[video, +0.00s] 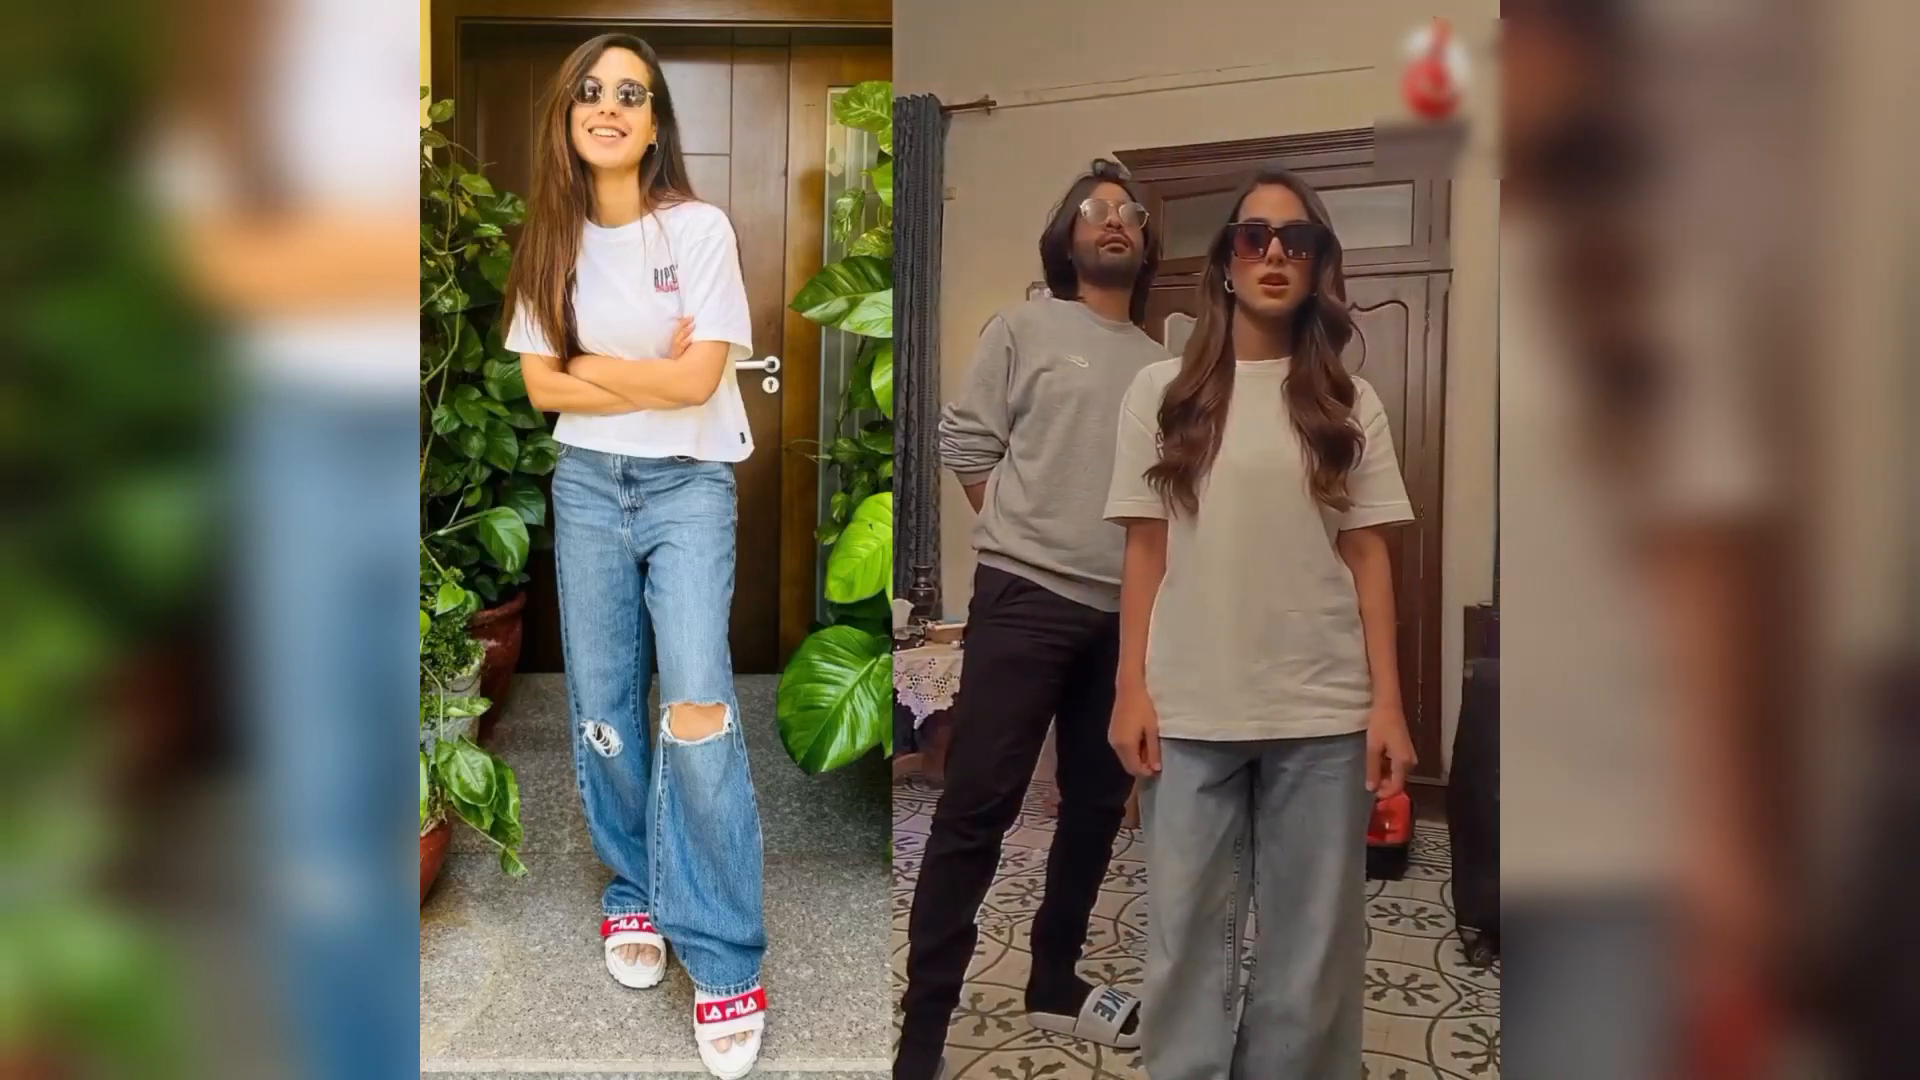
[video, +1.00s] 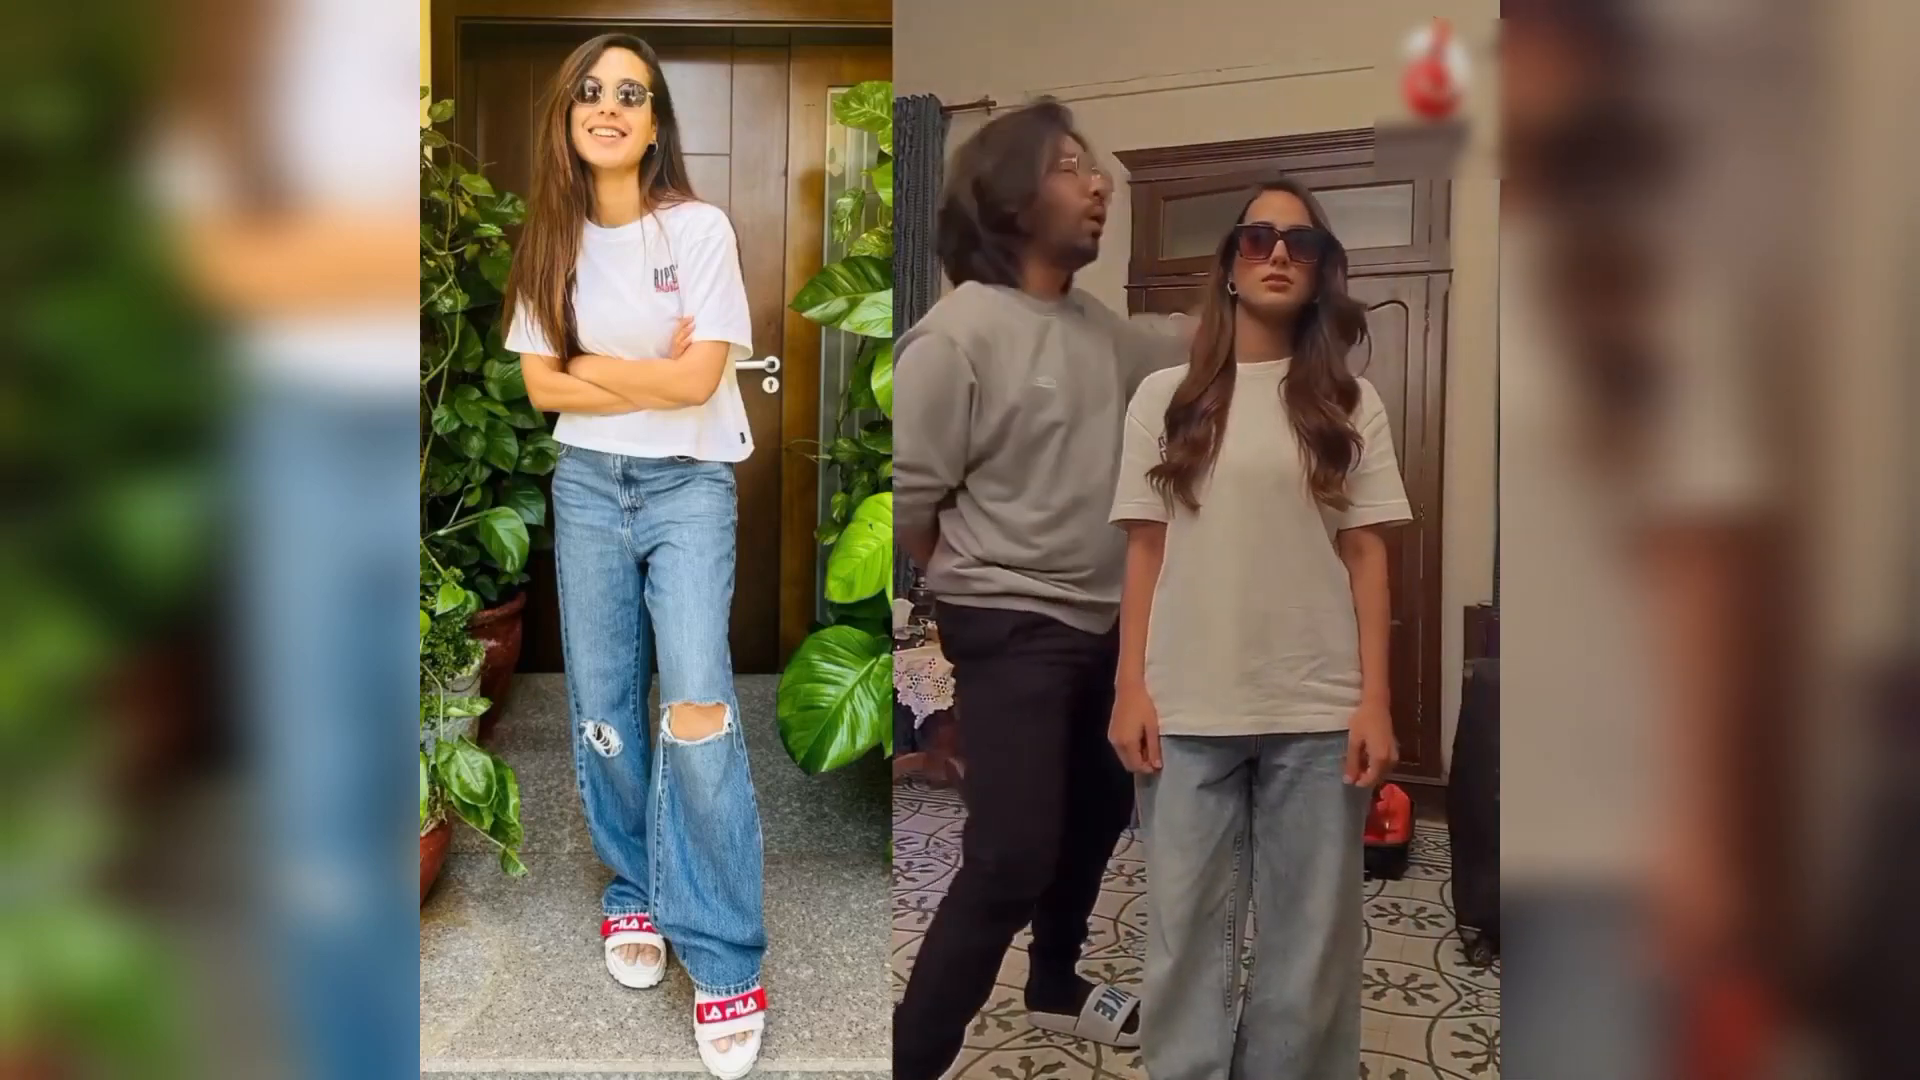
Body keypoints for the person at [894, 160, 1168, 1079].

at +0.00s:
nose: (1119, 220)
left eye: (1130, 210)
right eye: (1098, 210)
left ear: (1148, 240)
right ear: (1066, 239)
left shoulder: (1166, 360)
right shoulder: (1022, 326)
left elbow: (1179, 492)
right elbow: (972, 458)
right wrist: (1018, 553)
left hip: (1127, 608)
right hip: (1022, 598)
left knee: (1096, 804)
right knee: (975, 812)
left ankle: (1056, 985)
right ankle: (923, 1033)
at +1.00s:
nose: (1100, 186)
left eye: (1096, 170)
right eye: (1073, 168)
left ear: (1088, 192)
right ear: (1009, 192)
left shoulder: (1106, 329)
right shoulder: (955, 333)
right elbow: (908, 516)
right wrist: (951, 591)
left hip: (1107, 620)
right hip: (1002, 622)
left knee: (1092, 816)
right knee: (1011, 866)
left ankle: (1055, 986)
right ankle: (914, 1064)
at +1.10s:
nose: (1085, 209)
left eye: (1081, 189)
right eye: (1062, 191)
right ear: (997, 210)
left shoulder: (1074, 319)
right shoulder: (951, 343)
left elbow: (1139, 312)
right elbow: (918, 526)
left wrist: (1190, 236)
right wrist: (919, 613)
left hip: (1105, 623)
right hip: (1017, 631)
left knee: (1105, 820)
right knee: (1033, 867)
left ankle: (1055, 989)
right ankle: (914, 1065)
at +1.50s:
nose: (1077, 184)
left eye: (1074, 171)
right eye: (1048, 175)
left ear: (1078, 199)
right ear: (998, 209)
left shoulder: (1103, 329)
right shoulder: (992, 323)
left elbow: (1171, 317)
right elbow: (925, 481)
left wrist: (1236, 261)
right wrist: (954, 561)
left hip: (1112, 612)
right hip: (1024, 610)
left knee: (1099, 807)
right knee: (1006, 850)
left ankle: (1055, 987)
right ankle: (910, 1061)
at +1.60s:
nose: (1086, 186)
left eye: (1089, 176)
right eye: (1058, 176)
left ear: (1104, 210)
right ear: (1013, 213)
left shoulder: (1139, 346)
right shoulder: (1010, 316)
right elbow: (941, 462)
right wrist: (976, 559)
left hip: (1115, 610)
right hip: (1024, 603)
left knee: (1089, 812)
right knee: (990, 834)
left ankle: (1056, 987)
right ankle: (912, 1053)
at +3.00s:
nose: (1090, 224)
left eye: (1115, 214)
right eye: (1086, 212)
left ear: (1157, 245)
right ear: (1075, 238)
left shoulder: (1189, 354)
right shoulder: (1022, 336)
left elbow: (1207, 486)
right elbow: (964, 447)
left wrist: (1160, 564)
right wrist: (1016, 530)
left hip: (1127, 623)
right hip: (1012, 612)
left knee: (1105, 817)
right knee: (975, 821)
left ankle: (1057, 979)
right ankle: (934, 1055)